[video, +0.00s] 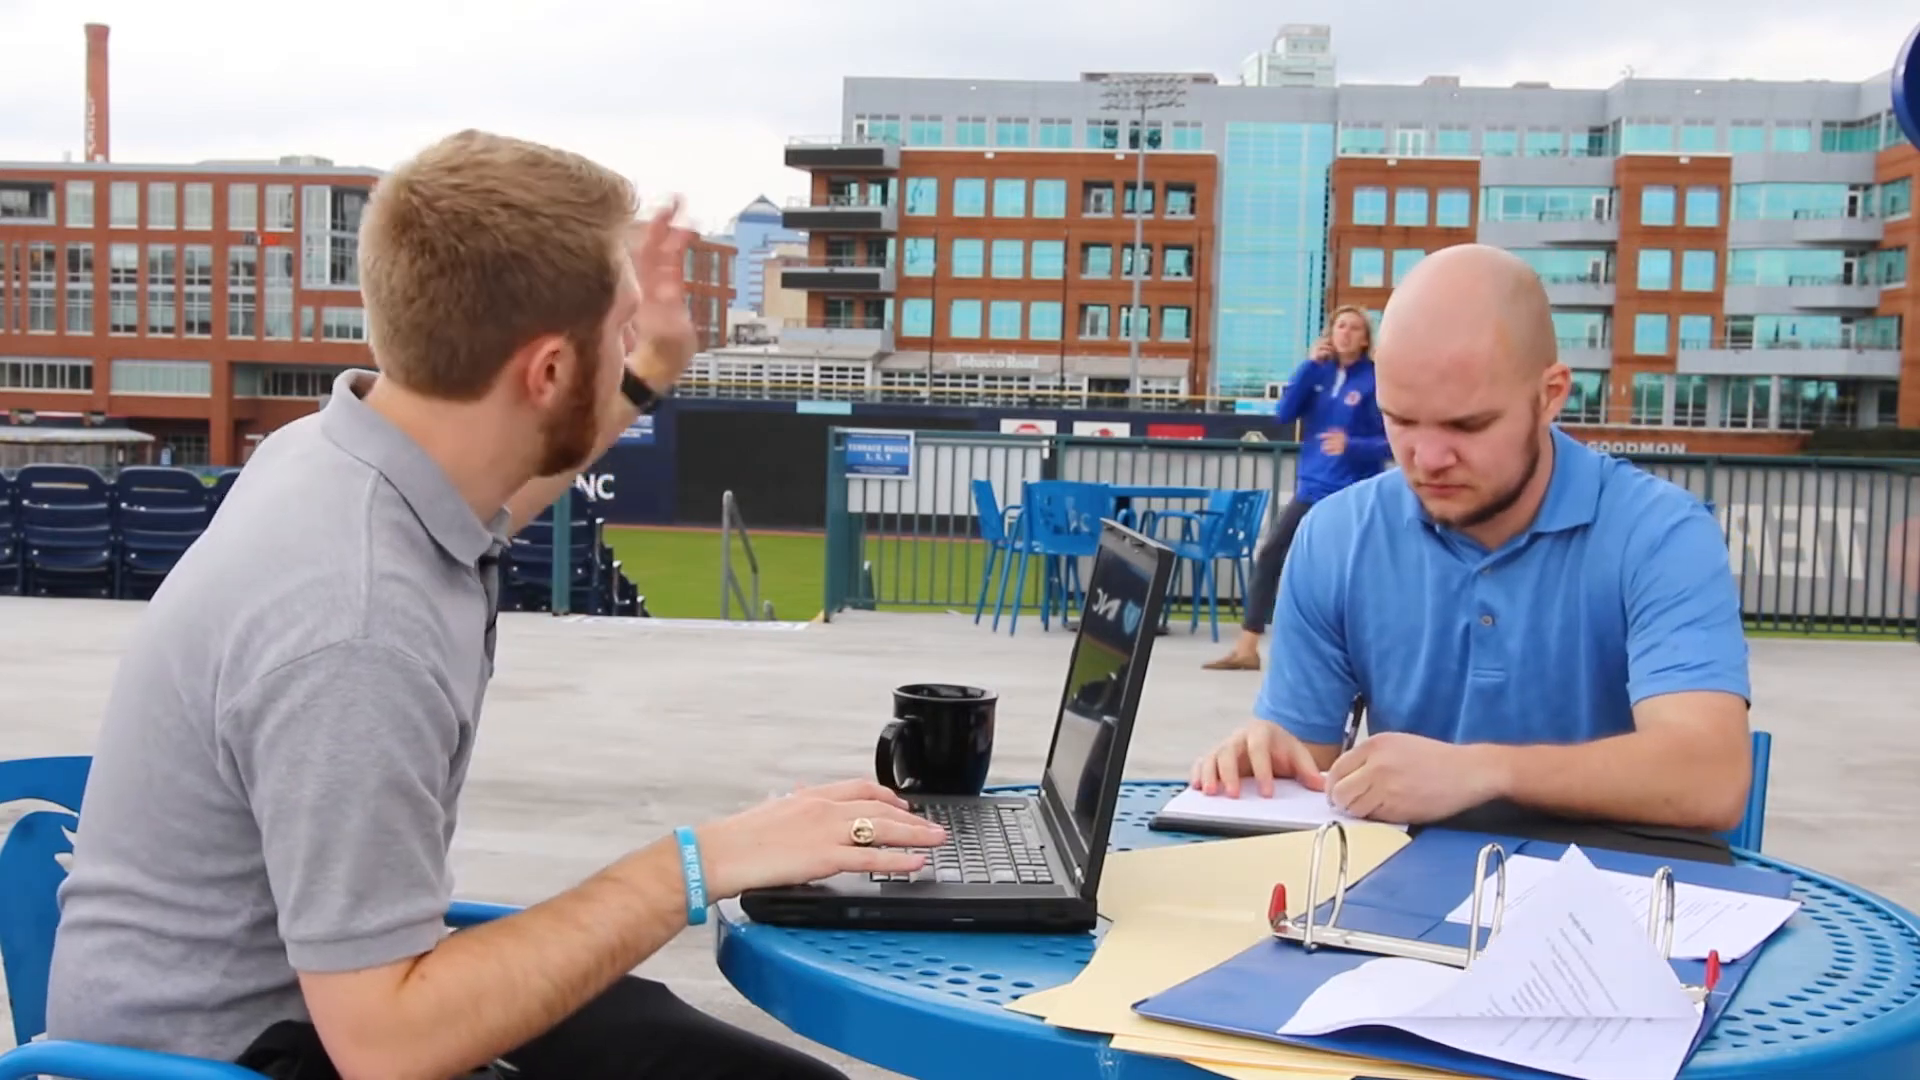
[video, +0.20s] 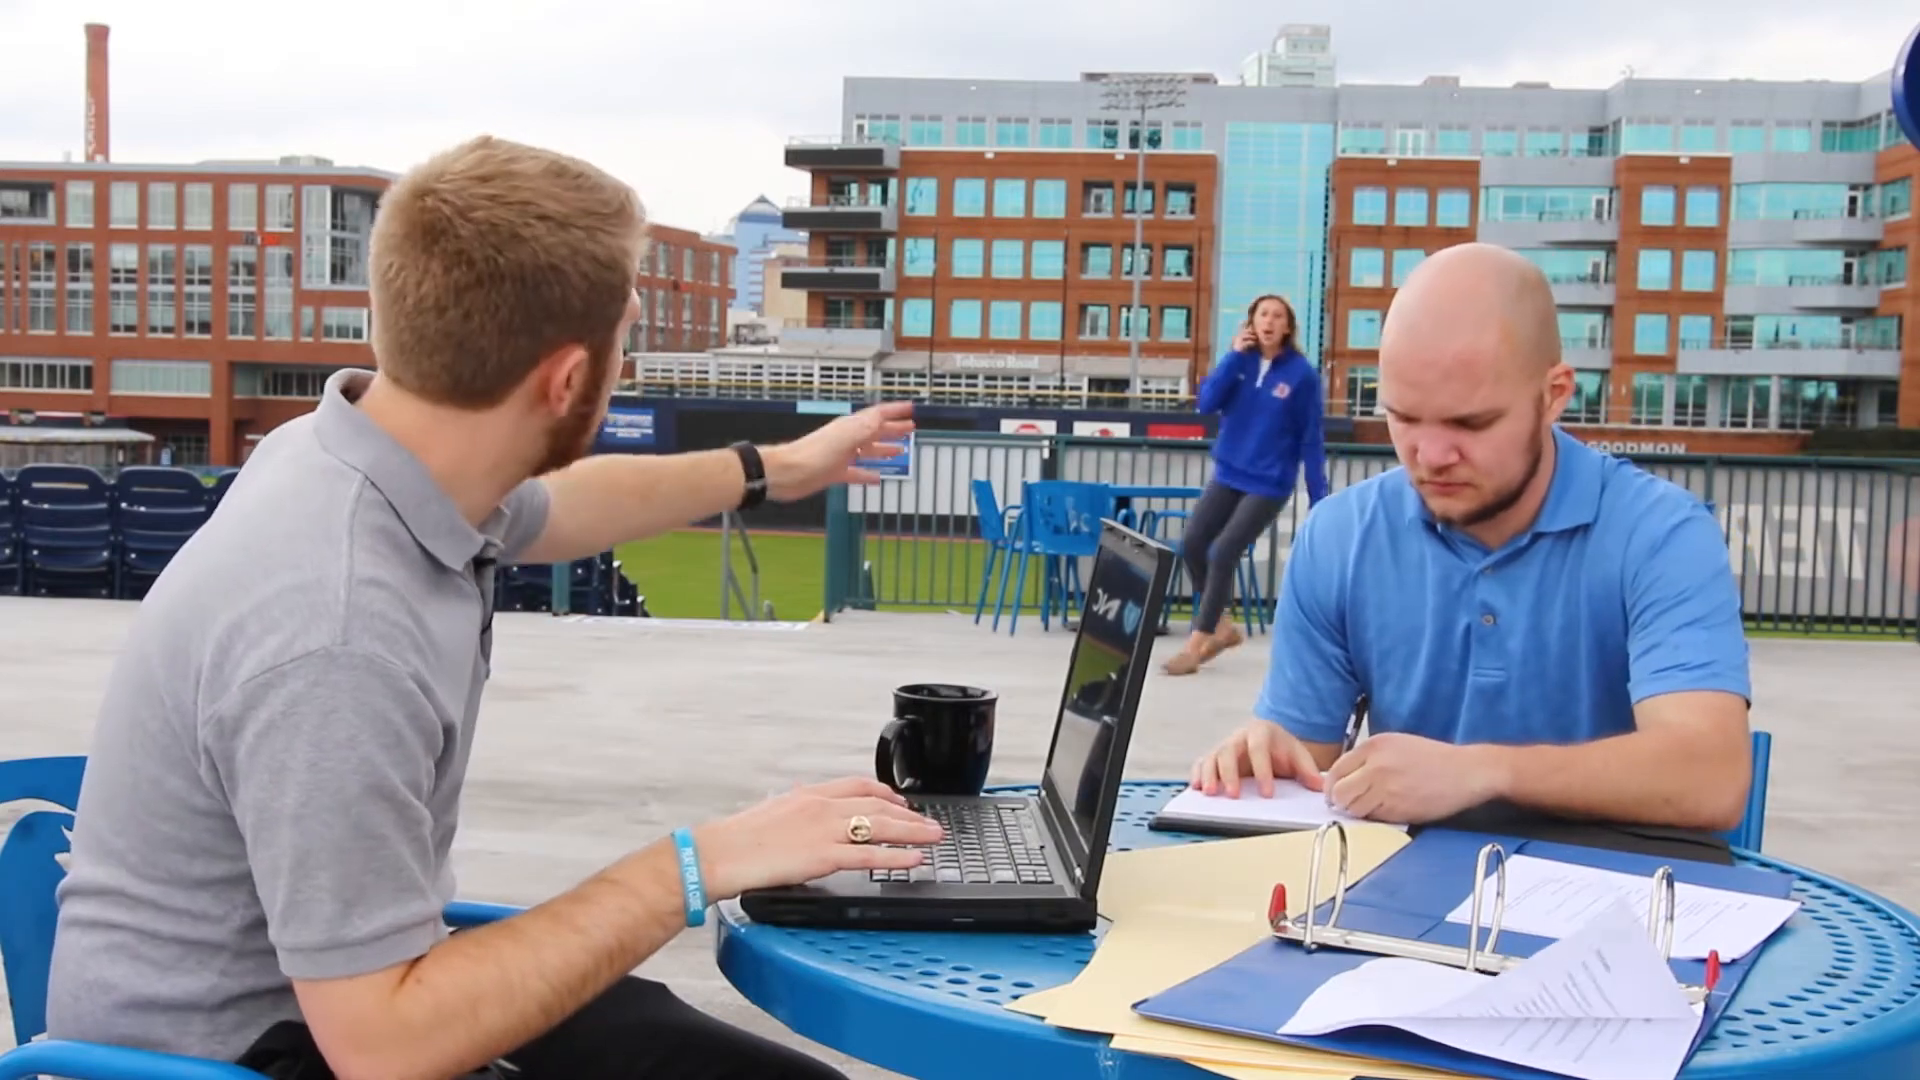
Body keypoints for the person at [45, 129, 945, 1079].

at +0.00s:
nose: (606, 391)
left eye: (623, 361)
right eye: (608, 366)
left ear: (405, 325)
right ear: (543, 373)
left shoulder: (340, 463)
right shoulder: (349, 620)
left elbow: (485, 501)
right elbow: (387, 1038)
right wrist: (713, 859)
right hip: (211, 1050)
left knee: (625, 1007)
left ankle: (811, 1070)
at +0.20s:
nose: (614, 371)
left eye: (619, 339)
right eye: (618, 343)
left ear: (403, 322)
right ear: (563, 379)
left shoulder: (354, 459)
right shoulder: (330, 626)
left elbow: (554, 511)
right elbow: (385, 1040)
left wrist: (775, 471)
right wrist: (710, 859)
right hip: (209, 1051)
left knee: (633, 1007)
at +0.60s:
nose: (613, 363)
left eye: (615, 333)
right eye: (618, 335)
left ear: (407, 314)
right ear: (586, 360)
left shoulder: (326, 463)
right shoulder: (356, 616)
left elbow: (499, 568)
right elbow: (385, 1036)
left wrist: (749, 518)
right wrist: (712, 858)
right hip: (218, 1052)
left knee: (616, 999)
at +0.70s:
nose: (610, 360)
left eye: (612, 331)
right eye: (615, 332)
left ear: (403, 313)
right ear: (585, 357)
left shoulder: (325, 463)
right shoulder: (355, 614)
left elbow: (493, 568)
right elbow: (384, 1034)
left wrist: (747, 517)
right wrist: (711, 858)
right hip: (218, 1050)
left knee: (620, 1003)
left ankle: (811, 1066)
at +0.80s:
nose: (605, 358)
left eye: (608, 328)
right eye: (610, 329)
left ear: (397, 315)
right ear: (581, 354)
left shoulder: (325, 464)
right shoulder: (353, 611)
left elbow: (492, 569)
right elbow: (382, 1032)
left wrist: (740, 518)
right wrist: (710, 859)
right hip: (220, 1049)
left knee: (638, 1012)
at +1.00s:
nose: (604, 358)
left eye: (608, 328)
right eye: (609, 328)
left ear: (395, 314)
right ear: (576, 353)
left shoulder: (320, 468)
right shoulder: (350, 611)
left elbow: (479, 573)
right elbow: (381, 1031)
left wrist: (732, 529)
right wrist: (710, 858)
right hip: (219, 1048)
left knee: (645, 1014)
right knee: (790, 1064)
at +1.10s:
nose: (602, 359)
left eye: (606, 328)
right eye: (607, 329)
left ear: (394, 314)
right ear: (575, 353)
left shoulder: (317, 468)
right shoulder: (349, 612)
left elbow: (470, 581)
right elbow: (380, 1031)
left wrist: (720, 542)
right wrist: (709, 859)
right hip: (218, 1048)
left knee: (636, 1012)